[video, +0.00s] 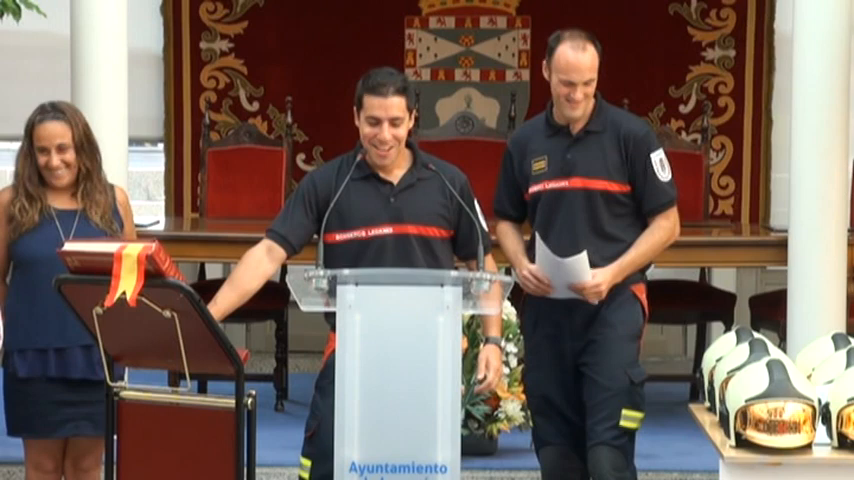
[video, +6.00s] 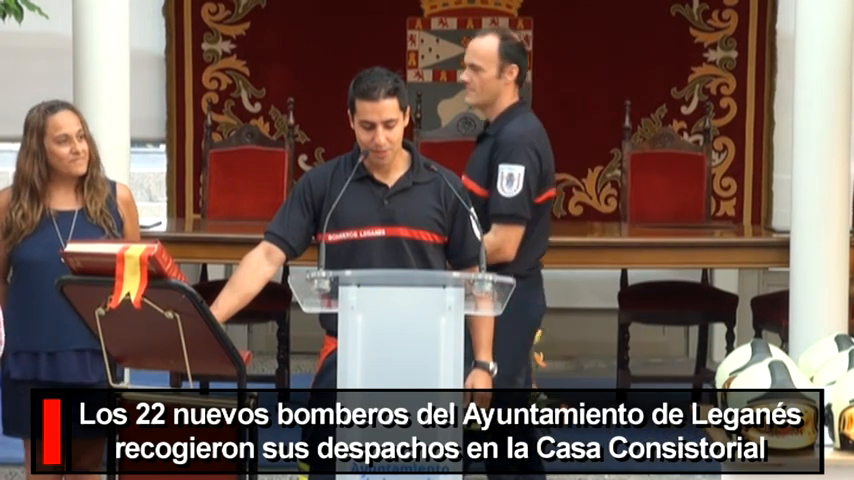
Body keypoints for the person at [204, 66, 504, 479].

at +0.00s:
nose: (384, 135)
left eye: (395, 122)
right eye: (373, 122)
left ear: (412, 120)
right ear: (357, 119)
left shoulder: (449, 183)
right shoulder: (326, 182)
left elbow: (483, 266)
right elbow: (269, 253)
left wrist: (492, 341)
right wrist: (207, 318)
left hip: (430, 351)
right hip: (353, 351)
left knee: (427, 467)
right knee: (323, 466)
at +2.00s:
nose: (375, 137)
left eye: (386, 123)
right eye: (364, 125)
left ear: (406, 119)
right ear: (350, 122)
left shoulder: (445, 188)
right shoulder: (321, 184)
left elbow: (477, 279)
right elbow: (266, 255)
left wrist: (486, 361)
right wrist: (207, 322)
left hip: (426, 355)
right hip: (346, 354)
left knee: (424, 469)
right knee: (323, 466)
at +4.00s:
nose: (378, 139)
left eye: (389, 126)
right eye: (367, 127)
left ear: (408, 119)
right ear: (352, 123)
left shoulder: (447, 188)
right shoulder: (323, 184)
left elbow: (476, 281)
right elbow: (267, 255)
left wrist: (485, 364)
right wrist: (208, 322)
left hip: (428, 352)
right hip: (348, 350)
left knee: (430, 469)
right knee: (330, 464)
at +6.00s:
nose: (379, 139)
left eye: (389, 125)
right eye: (367, 126)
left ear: (407, 119)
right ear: (352, 122)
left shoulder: (444, 188)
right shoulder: (322, 184)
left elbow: (475, 280)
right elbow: (268, 255)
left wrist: (483, 364)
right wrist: (209, 322)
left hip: (429, 355)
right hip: (347, 354)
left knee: (430, 472)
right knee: (329, 468)